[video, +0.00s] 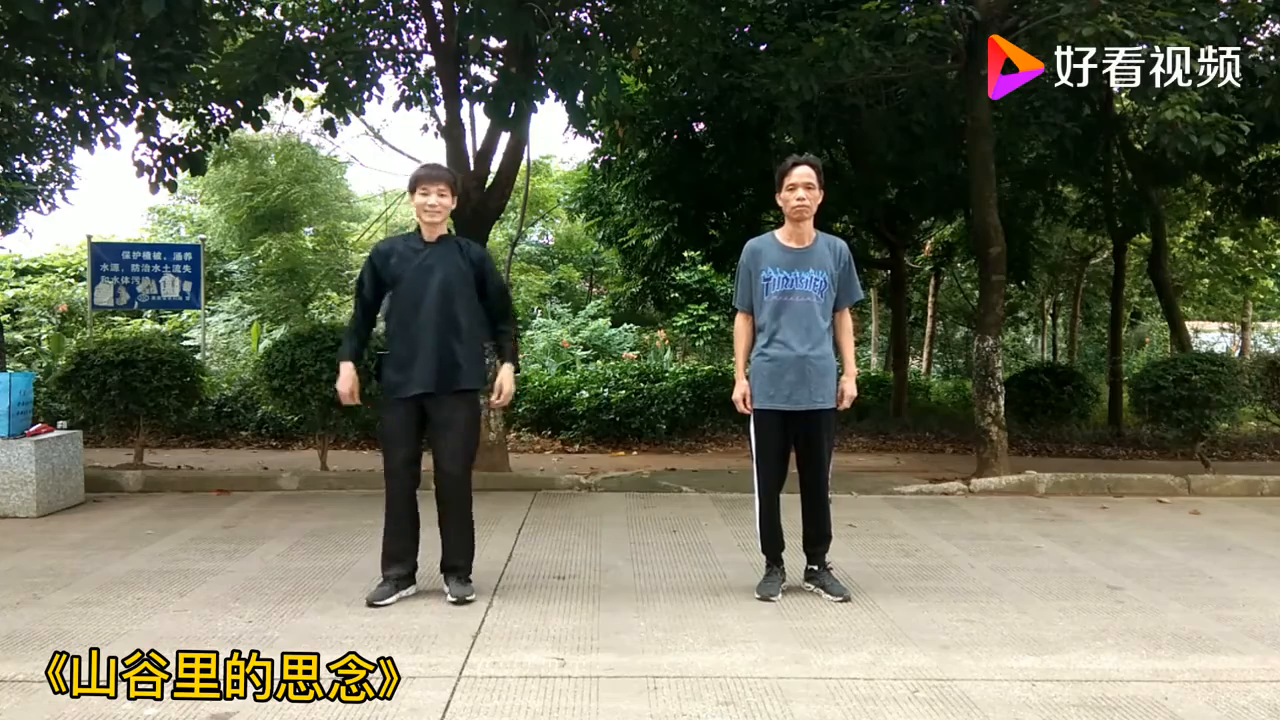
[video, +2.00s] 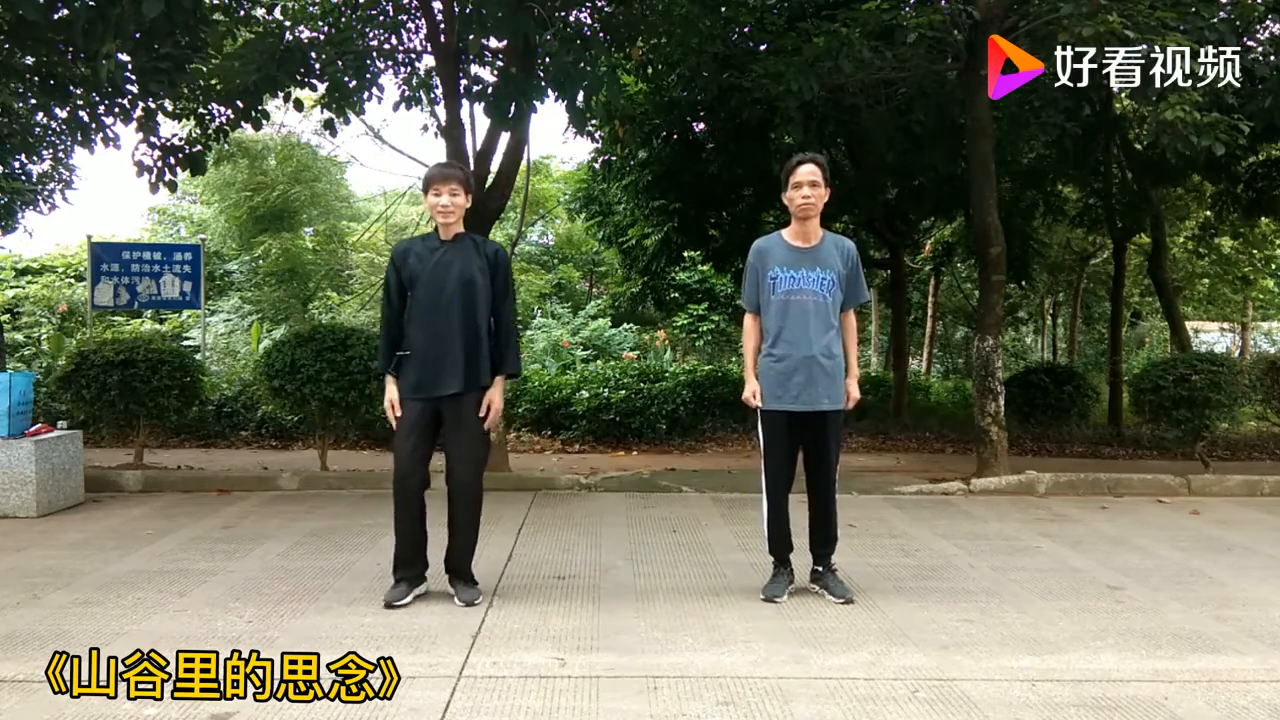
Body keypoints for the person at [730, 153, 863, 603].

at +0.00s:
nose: (801, 195)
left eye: (809, 187)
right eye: (792, 188)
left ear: (820, 196)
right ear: (779, 197)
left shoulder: (836, 250)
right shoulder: (756, 250)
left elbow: (842, 314)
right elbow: (744, 316)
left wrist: (849, 372)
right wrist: (740, 374)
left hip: (820, 383)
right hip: (768, 383)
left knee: (816, 482)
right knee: (767, 483)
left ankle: (817, 566)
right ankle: (773, 567)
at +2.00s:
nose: (805, 193)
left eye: (814, 185)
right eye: (797, 186)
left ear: (826, 194)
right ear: (785, 196)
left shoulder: (843, 250)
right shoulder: (763, 250)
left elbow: (848, 316)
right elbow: (752, 316)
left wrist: (853, 374)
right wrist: (750, 374)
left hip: (828, 385)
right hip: (776, 385)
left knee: (823, 484)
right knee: (776, 484)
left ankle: (823, 568)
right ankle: (781, 567)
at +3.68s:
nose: (785, 202)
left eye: (794, 194)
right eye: (777, 194)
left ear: (806, 203)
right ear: (765, 202)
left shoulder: (828, 254)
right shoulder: (745, 258)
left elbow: (855, 313)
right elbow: (727, 305)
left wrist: (830, 327)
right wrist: (707, 352)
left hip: (819, 393)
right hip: (766, 394)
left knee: (824, 487)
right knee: (769, 490)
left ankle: (823, 568)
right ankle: (781, 567)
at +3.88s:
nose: (779, 197)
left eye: (787, 188)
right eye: (771, 189)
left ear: (801, 197)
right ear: (759, 198)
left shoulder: (823, 246)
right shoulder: (738, 256)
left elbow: (857, 301)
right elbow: (718, 317)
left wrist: (817, 298)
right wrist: (696, 372)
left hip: (818, 375)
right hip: (763, 382)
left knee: (829, 443)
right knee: (765, 484)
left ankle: (827, 519)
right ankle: (782, 566)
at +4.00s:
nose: (777, 190)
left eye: (785, 182)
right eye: (769, 183)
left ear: (800, 187)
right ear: (759, 191)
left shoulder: (823, 237)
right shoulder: (742, 248)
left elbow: (846, 288)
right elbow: (722, 311)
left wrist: (841, 334)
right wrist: (740, 364)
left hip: (816, 353)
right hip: (765, 365)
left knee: (819, 382)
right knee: (772, 467)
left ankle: (820, 469)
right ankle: (782, 552)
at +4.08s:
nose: (778, 199)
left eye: (786, 191)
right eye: (770, 192)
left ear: (801, 197)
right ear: (759, 200)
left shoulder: (822, 247)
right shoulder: (742, 255)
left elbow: (841, 305)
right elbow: (723, 313)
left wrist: (854, 359)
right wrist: (761, 332)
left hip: (813, 359)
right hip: (764, 372)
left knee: (818, 371)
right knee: (771, 468)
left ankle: (817, 461)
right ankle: (781, 555)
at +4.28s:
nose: (782, 188)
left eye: (790, 180)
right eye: (774, 182)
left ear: (806, 185)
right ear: (765, 190)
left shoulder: (827, 240)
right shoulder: (745, 240)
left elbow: (839, 294)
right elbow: (726, 296)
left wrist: (854, 343)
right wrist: (772, 264)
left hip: (812, 363)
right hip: (759, 370)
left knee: (813, 432)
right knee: (770, 463)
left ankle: (810, 528)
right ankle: (781, 545)